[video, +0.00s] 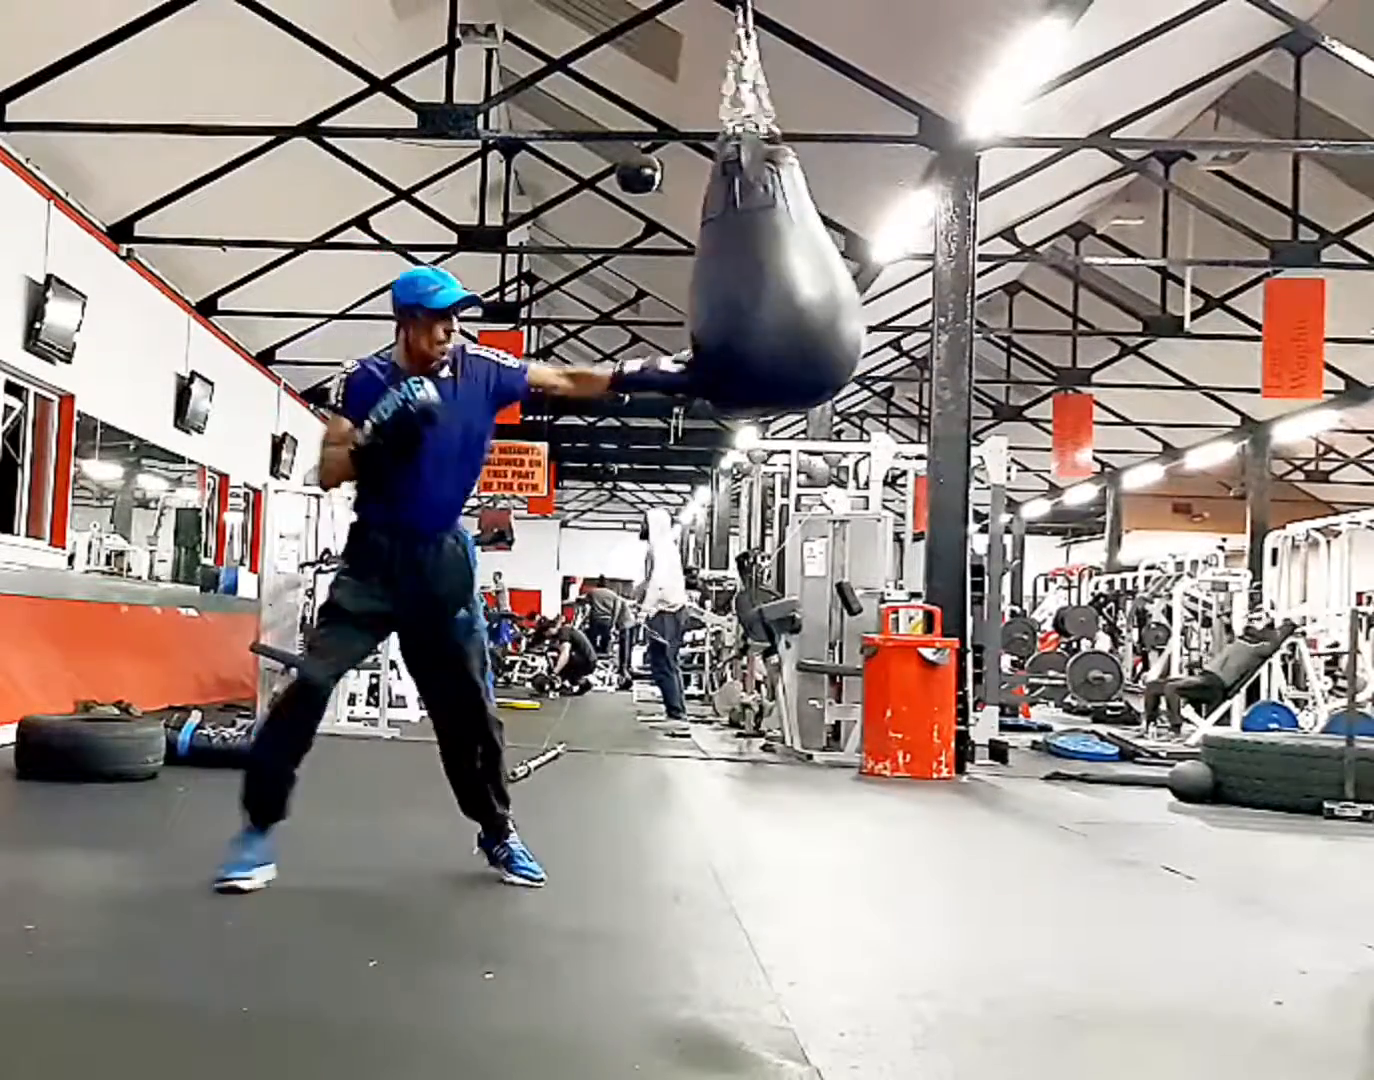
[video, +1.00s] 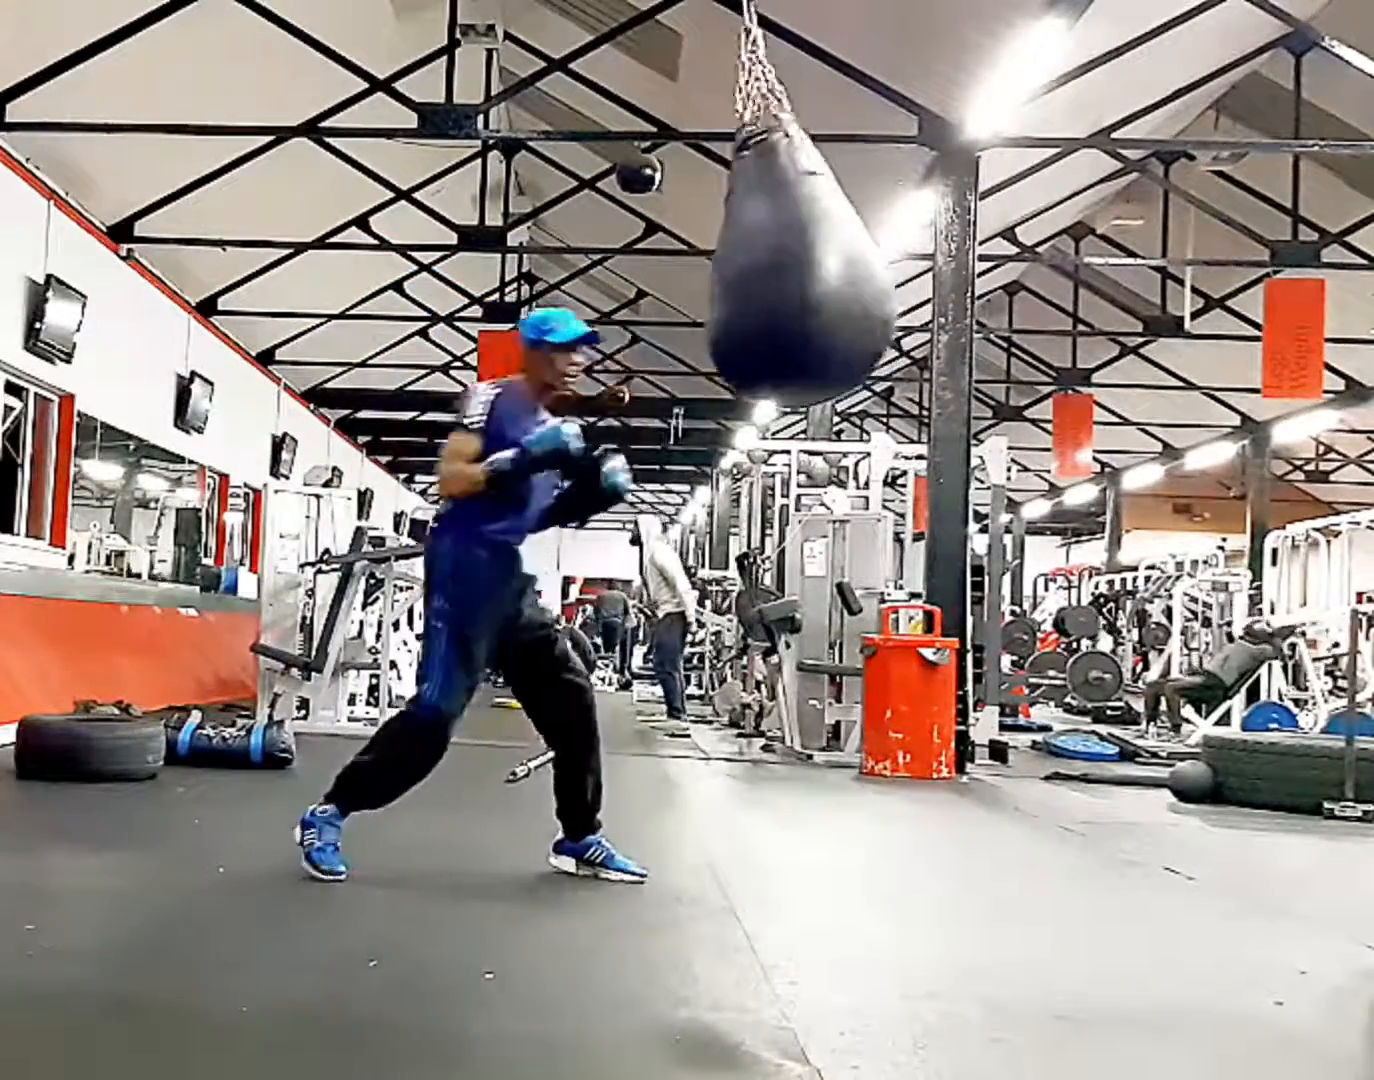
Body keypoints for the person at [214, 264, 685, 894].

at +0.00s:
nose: (446, 338)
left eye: (451, 326)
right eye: (435, 326)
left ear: (456, 324)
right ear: (403, 321)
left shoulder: (482, 371)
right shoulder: (367, 379)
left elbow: (569, 381)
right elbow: (327, 473)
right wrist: (382, 429)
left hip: (443, 568)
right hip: (371, 564)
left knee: (468, 703)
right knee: (309, 684)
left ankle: (498, 834)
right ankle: (256, 833)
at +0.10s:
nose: (454, 337)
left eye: (459, 325)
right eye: (443, 326)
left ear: (461, 326)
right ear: (411, 325)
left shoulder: (479, 379)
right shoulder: (372, 385)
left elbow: (549, 411)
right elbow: (344, 483)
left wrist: (601, 420)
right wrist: (388, 446)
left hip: (452, 571)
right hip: (377, 573)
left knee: (504, 695)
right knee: (336, 703)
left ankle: (514, 826)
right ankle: (298, 828)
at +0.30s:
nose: (515, 360)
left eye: (519, 350)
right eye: (503, 349)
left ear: (519, 354)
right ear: (465, 349)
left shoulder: (508, 413)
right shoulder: (418, 404)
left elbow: (536, 480)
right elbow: (372, 483)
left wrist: (572, 478)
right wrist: (438, 449)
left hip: (469, 592)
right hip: (403, 593)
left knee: (535, 710)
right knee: (355, 714)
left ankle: (572, 837)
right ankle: (300, 832)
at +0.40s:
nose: (577, 351)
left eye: (576, 341)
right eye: (567, 340)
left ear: (548, 345)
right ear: (535, 340)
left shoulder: (530, 412)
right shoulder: (498, 387)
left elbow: (522, 486)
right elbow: (460, 400)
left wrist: (572, 462)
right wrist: (548, 377)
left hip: (494, 578)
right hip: (450, 575)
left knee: (533, 710)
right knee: (393, 709)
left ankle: (572, 837)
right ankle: (310, 828)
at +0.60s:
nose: (623, 374)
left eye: (625, 365)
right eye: (614, 362)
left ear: (611, 367)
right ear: (578, 358)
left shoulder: (580, 424)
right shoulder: (546, 391)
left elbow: (562, 516)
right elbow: (552, 420)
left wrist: (603, 479)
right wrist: (629, 422)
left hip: (524, 565)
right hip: (494, 551)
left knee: (573, 715)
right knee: (451, 700)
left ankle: (574, 840)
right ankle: (333, 807)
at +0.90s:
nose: (618, 371)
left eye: (620, 362)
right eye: (607, 361)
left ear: (607, 367)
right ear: (573, 361)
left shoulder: (591, 425)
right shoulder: (534, 395)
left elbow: (559, 515)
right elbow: (484, 462)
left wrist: (620, 470)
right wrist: (559, 451)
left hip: (520, 565)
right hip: (479, 553)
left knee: (571, 689)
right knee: (445, 700)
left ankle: (579, 837)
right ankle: (338, 815)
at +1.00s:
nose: (577, 367)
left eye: (579, 357)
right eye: (567, 355)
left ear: (566, 361)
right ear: (534, 352)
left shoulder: (550, 425)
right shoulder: (490, 399)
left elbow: (530, 514)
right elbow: (450, 480)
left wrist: (593, 494)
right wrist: (527, 458)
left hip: (504, 574)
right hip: (463, 567)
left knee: (568, 697)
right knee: (438, 707)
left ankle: (580, 838)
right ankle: (329, 814)